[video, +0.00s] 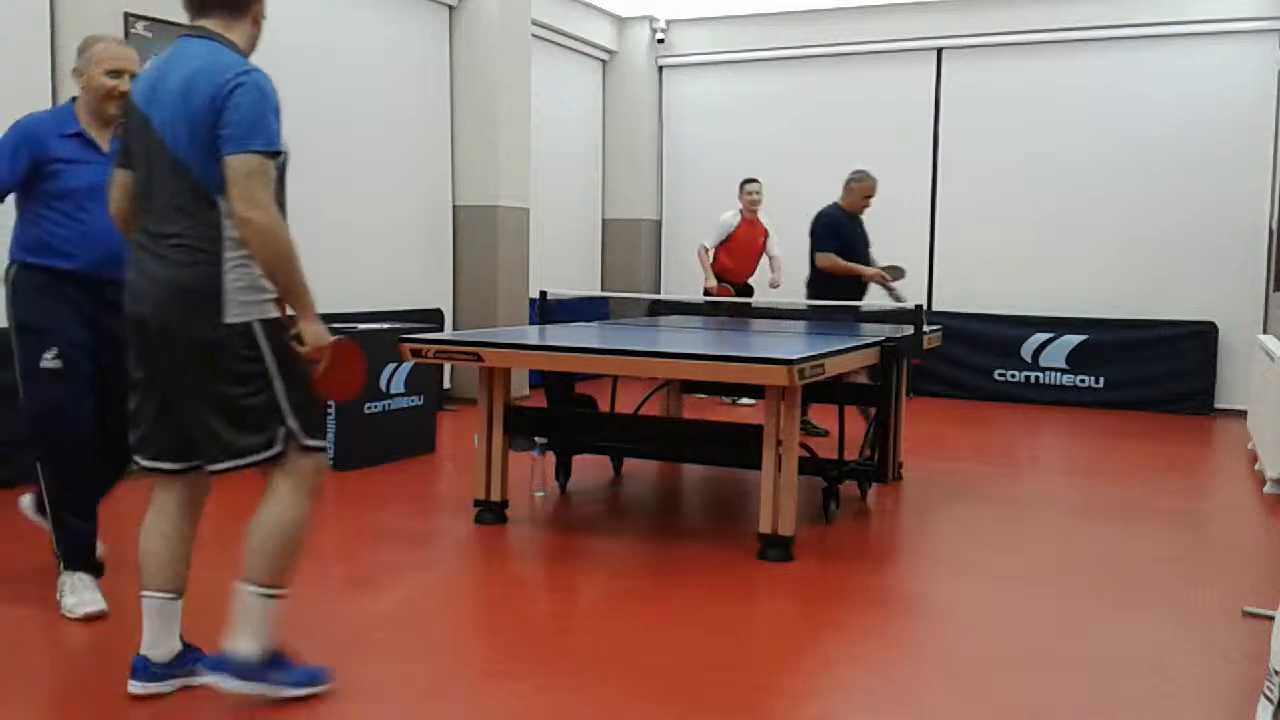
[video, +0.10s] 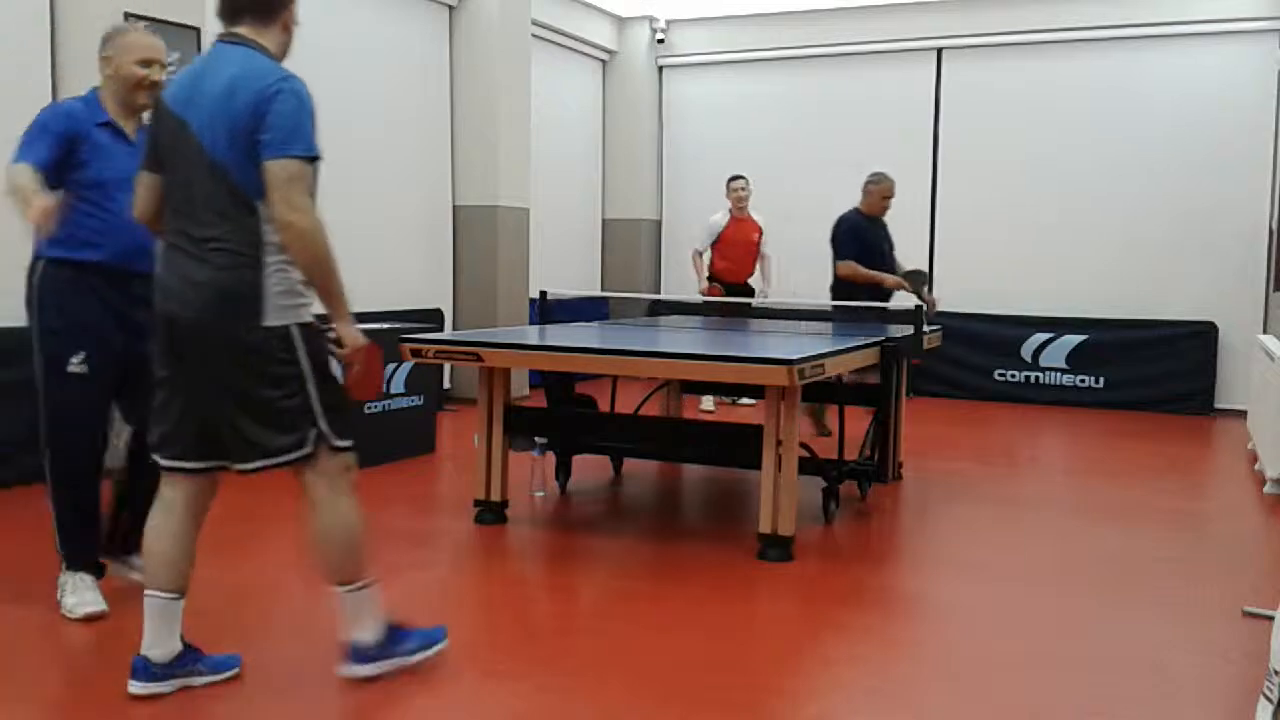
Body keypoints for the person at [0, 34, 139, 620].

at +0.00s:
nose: (124, 85)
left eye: (132, 77)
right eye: (113, 74)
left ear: (137, 83)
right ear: (79, 78)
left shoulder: (141, 142)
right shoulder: (36, 134)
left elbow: (157, 220)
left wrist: (162, 287)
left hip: (117, 295)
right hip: (47, 291)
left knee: (119, 435)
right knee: (65, 425)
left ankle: (52, 496)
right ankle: (78, 569)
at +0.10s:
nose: (156, 75)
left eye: (161, 66)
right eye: (143, 64)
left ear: (163, 70)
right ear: (107, 66)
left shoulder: (162, 133)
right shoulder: (67, 119)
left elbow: (178, 198)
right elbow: (22, 172)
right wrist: (36, 201)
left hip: (141, 287)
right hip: (72, 283)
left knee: (161, 419)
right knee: (75, 430)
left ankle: (126, 543)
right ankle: (78, 567)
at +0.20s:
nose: (185, 73)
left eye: (187, 64)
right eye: (174, 62)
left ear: (183, 68)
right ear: (132, 63)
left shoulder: (180, 133)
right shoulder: (89, 116)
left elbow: (197, 204)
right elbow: (70, 165)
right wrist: (97, 166)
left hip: (158, 292)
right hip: (90, 289)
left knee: (176, 435)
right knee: (87, 439)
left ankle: (194, 571)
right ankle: (81, 571)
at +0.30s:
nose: (212, 80)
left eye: (210, 69)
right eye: (203, 69)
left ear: (175, 72)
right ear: (167, 71)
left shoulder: (190, 136)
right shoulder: (119, 118)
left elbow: (186, 211)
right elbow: (114, 164)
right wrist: (179, 148)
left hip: (180, 298)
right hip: (120, 296)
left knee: (194, 441)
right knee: (108, 440)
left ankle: (213, 582)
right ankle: (84, 569)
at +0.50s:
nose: (250, 79)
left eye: (249, 68)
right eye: (244, 67)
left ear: (212, 67)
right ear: (217, 67)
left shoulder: (208, 130)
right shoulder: (168, 114)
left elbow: (232, 232)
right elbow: (182, 180)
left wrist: (286, 177)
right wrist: (262, 159)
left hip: (203, 287)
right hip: (160, 287)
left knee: (219, 430)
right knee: (217, 427)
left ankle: (212, 577)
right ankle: (133, 544)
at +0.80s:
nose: (274, 70)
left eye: (273, 58)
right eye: (272, 58)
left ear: (210, 57)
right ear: (253, 57)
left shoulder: (180, 112)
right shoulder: (231, 114)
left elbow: (194, 208)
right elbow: (256, 203)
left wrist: (327, 173)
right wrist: (345, 169)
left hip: (162, 291)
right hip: (207, 295)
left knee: (195, 447)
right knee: (240, 449)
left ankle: (205, 589)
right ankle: (226, 620)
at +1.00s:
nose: (277, 64)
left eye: (278, 52)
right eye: (277, 52)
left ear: (213, 44)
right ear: (258, 47)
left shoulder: (154, 103)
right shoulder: (252, 108)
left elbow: (115, 203)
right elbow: (303, 207)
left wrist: (148, 266)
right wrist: (325, 142)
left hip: (154, 291)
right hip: (225, 293)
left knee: (183, 453)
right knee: (243, 456)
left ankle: (156, 597)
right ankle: (224, 621)